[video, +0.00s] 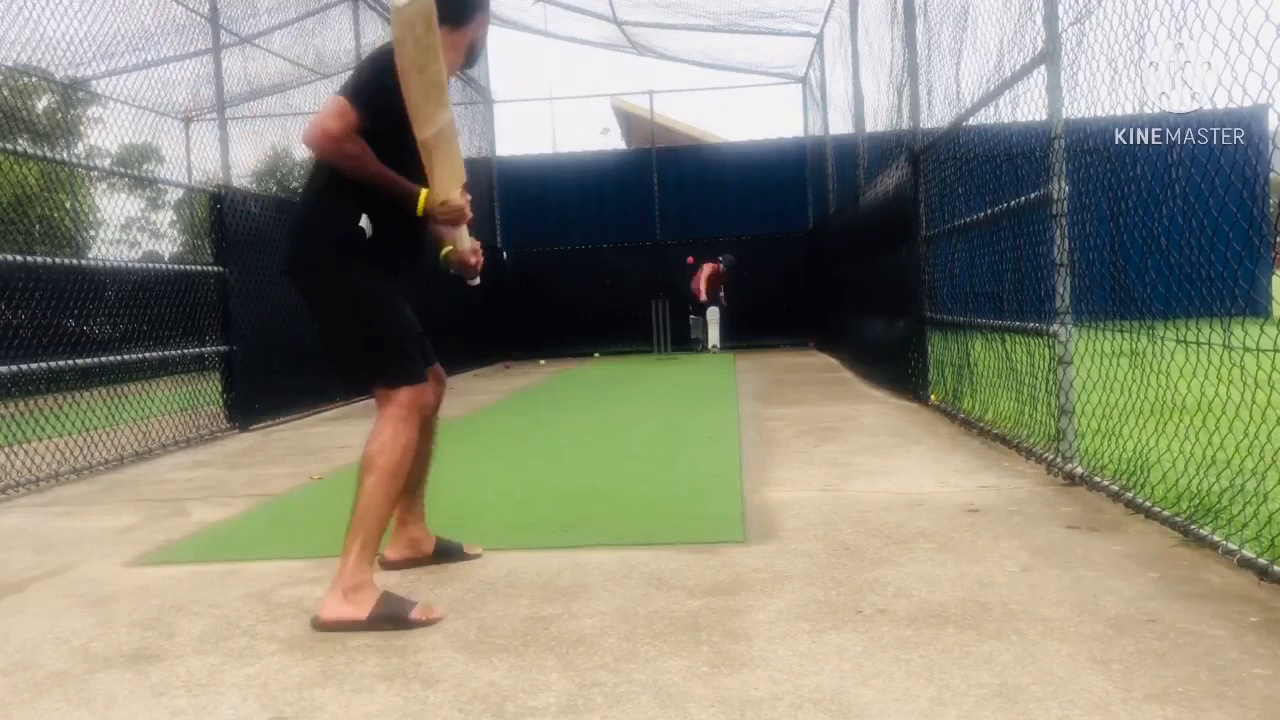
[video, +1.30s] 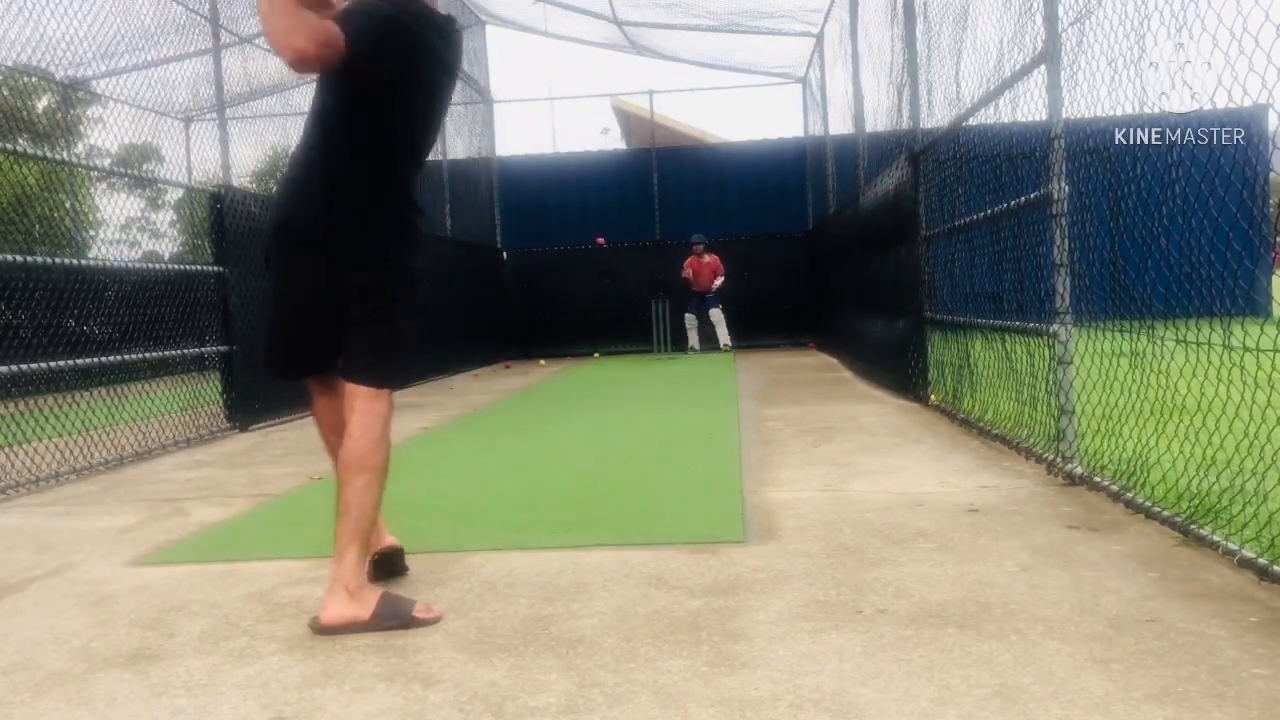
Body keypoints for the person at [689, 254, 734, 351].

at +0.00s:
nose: (724, 269)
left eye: (726, 268)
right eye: (724, 266)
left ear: (727, 267)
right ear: (720, 263)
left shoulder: (721, 273)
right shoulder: (709, 267)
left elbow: (720, 287)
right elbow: (703, 279)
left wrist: (722, 299)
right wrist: (703, 294)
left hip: (709, 292)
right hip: (697, 291)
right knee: (698, 315)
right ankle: (697, 340)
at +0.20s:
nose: (728, 275)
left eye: (729, 274)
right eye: (727, 273)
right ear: (723, 269)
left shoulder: (718, 268)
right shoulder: (714, 278)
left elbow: (710, 266)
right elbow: (717, 290)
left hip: (708, 292)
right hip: (695, 292)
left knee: (714, 313)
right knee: (691, 315)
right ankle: (681, 336)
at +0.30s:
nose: (727, 269)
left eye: (729, 267)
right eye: (727, 266)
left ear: (730, 267)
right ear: (722, 263)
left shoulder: (725, 274)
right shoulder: (712, 273)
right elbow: (710, 290)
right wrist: (724, 296)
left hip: (709, 292)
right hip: (696, 290)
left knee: (713, 315)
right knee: (690, 315)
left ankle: (714, 341)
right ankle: (680, 339)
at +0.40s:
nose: (725, 262)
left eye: (727, 260)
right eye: (724, 259)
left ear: (728, 261)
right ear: (719, 257)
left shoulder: (723, 269)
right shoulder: (708, 267)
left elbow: (721, 280)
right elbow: (703, 286)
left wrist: (722, 288)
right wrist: (714, 299)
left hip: (710, 290)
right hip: (694, 289)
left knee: (712, 314)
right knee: (689, 316)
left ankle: (714, 345)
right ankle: (684, 343)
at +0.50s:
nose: (721, 254)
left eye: (723, 252)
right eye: (719, 251)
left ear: (725, 254)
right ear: (714, 250)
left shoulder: (722, 266)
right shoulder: (704, 260)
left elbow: (720, 283)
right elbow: (694, 275)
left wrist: (723, 294)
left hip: (710, 292)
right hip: (695, 290)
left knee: (711, 315)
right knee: (690, 317)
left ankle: (714, 345)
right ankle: (690, 345)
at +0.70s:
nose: (709, 246)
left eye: (711, 244)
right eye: (707, 243)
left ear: (714, 245)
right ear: (703, 243)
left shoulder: (715, 259)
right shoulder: (694, 255)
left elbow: (716, 277)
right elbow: (684, 269)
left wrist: (719, 289)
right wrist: (689, 272)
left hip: (707, 290)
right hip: (693, 290)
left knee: (710, 316)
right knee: (691, 318)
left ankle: (714, 344)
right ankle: (693, 346)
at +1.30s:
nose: (696, 248)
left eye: (699, 245)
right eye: (694, 245)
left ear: (704, 245)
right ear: (692, 247)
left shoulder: (714, 259)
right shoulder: (690, 261)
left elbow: (721, 275)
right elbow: (688, 278)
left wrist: (717, 283)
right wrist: (687, 275)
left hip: (710, 292)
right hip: (696, 293)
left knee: (716, 314)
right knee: (690, 317)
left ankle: (725, 343)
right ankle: (693, 346)